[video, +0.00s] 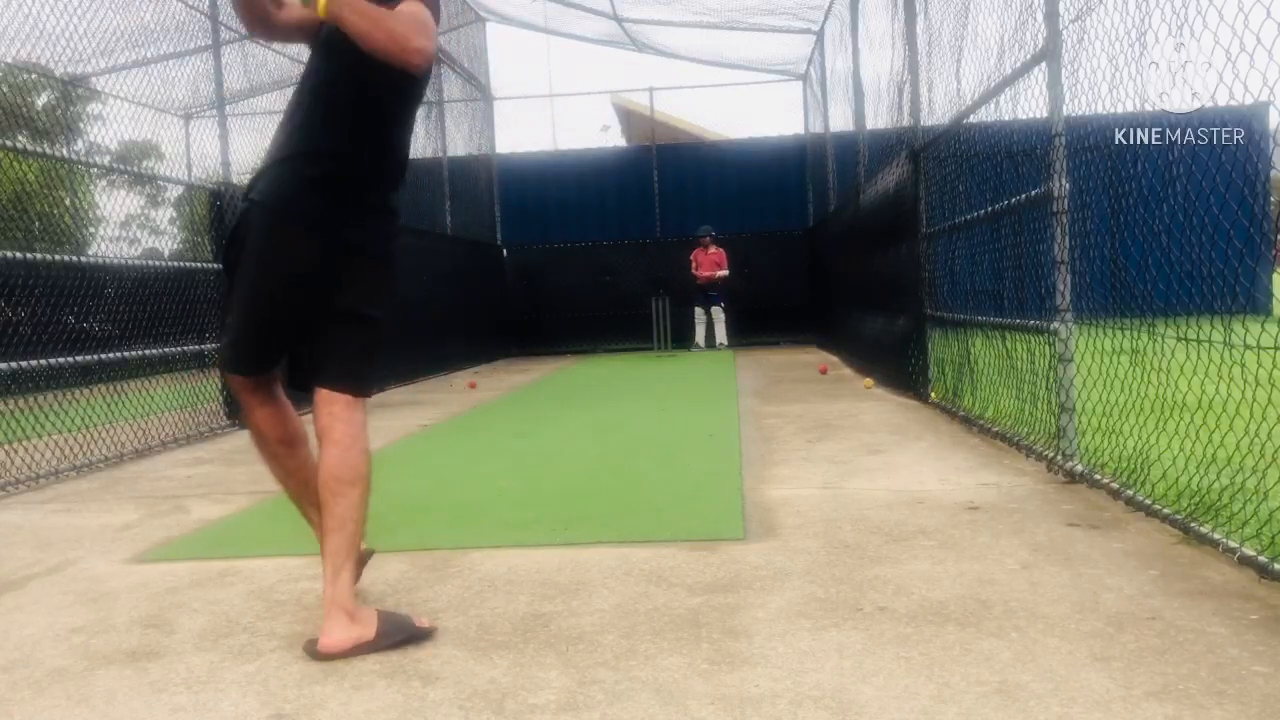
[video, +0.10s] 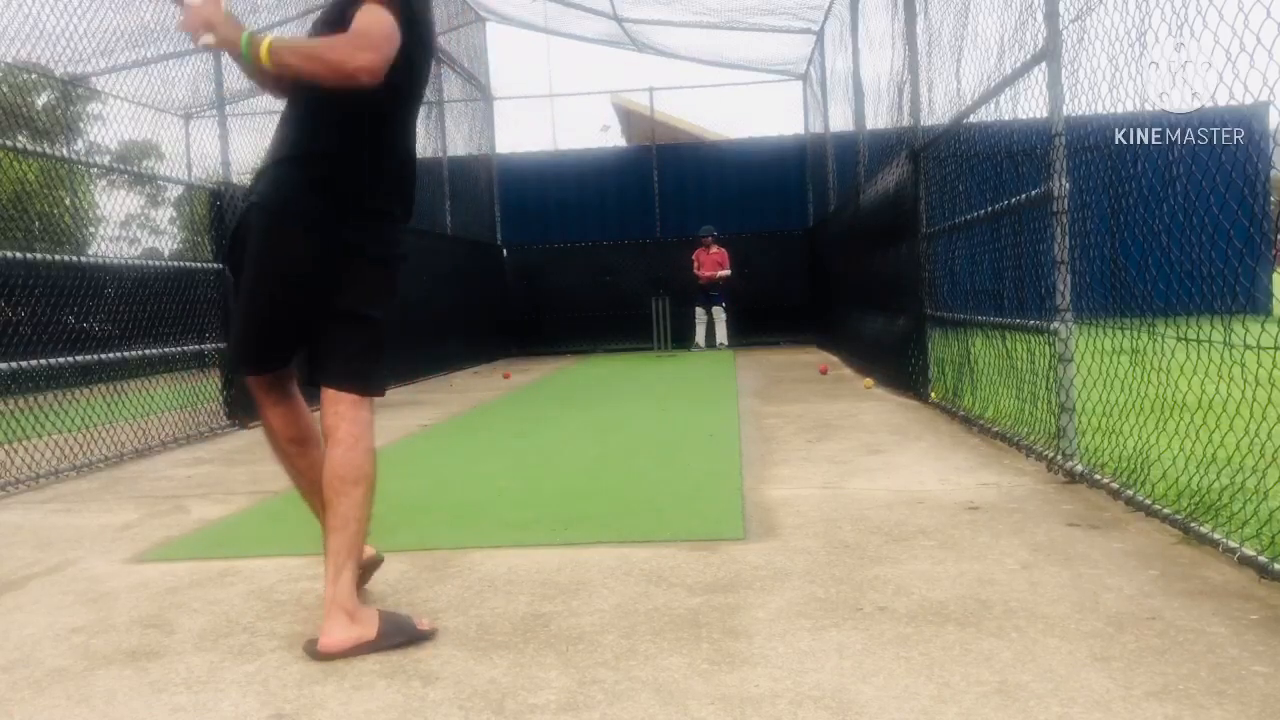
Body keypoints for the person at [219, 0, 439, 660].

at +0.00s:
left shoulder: (411, 8)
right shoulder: (342, 12)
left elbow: (417, 49)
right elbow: (263, 18)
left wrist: (330, 1)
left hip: (294, 210)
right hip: (357, 218)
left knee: (249, 377)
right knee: (342, 396)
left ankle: (338, 541)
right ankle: (342, 612)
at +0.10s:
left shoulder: (382, 4)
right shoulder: (383, 13)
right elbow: (294, 84)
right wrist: (234, 39)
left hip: (291, 217)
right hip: (364, 223)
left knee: (268, 379)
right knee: (349, 401)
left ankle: (349, 547)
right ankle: (343, 613)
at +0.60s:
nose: (482, 52)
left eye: (486, 39)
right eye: (484, 36)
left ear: (440, 23)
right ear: (468, 25)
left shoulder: (429, 86)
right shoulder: (394, 57)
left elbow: (420, 192)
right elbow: (316, 125)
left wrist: (442, 250)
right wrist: (408, 200)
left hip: (351, 250)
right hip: (320, 249)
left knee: (423, 377)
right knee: (396, 402)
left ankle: (398, 543)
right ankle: (341, 607)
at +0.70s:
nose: (493, 50)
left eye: (496, 38)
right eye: (493, 34)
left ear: (440, 18)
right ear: (473, 27)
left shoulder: (441, 92)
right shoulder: (393, 53)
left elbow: (411, 185)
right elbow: (307, 127)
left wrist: (422, 250)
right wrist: (407, 201)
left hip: (351, 254)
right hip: (314, 251)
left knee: (419, 377)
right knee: (395, 400)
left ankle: (398, 540)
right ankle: (341, 605)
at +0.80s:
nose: (485, 31)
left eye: (488, 19)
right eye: (480, 15)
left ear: (470, 19)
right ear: (446, 12)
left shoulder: (436, 91)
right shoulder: (367, 48)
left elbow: (422, 190)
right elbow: (292, 127)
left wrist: (446, 211)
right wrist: (416, 139)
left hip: (353, 260)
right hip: (314, 258)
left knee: (422, 380)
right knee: (414, 411)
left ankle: (390, 546)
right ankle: (341, 605)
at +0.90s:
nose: (476, 27)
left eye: (475, 16)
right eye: (472, 15)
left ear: (420, 14)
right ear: (450, 15)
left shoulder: (420, 75)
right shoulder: (370, 61)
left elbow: (464, 164)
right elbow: (387, 173)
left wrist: (532, 169)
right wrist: (493, 123)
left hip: (347, 261)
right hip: (319, 263)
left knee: (399, 402)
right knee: (429, 418)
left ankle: (387, 545)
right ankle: (339, 605)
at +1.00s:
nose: (452, 3)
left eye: (451, 1)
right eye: (449, 1)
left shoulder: (312, 12)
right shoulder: (410, 37)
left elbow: (366, 104)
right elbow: (442, 169)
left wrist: (456, 127)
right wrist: (505, 169)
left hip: (280, 226)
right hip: (350, 237)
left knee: (367, 389)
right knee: (414, 407)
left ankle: (392, 537)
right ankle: (342, 607)